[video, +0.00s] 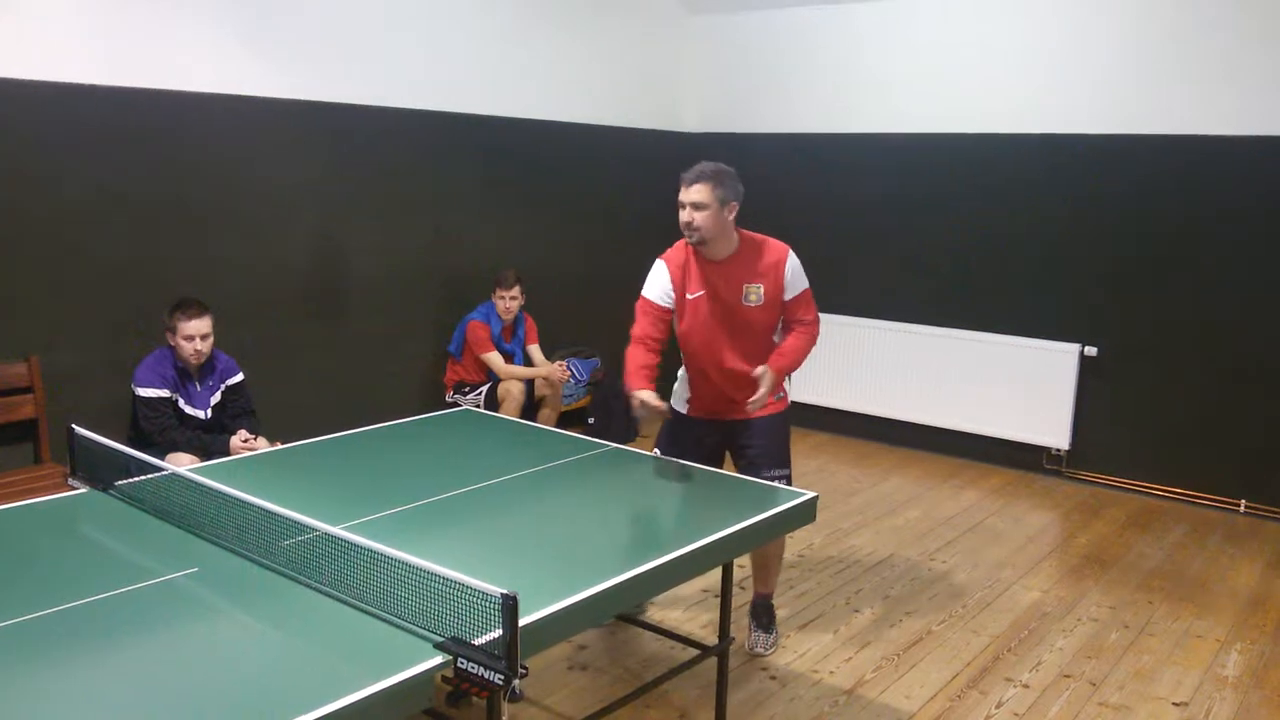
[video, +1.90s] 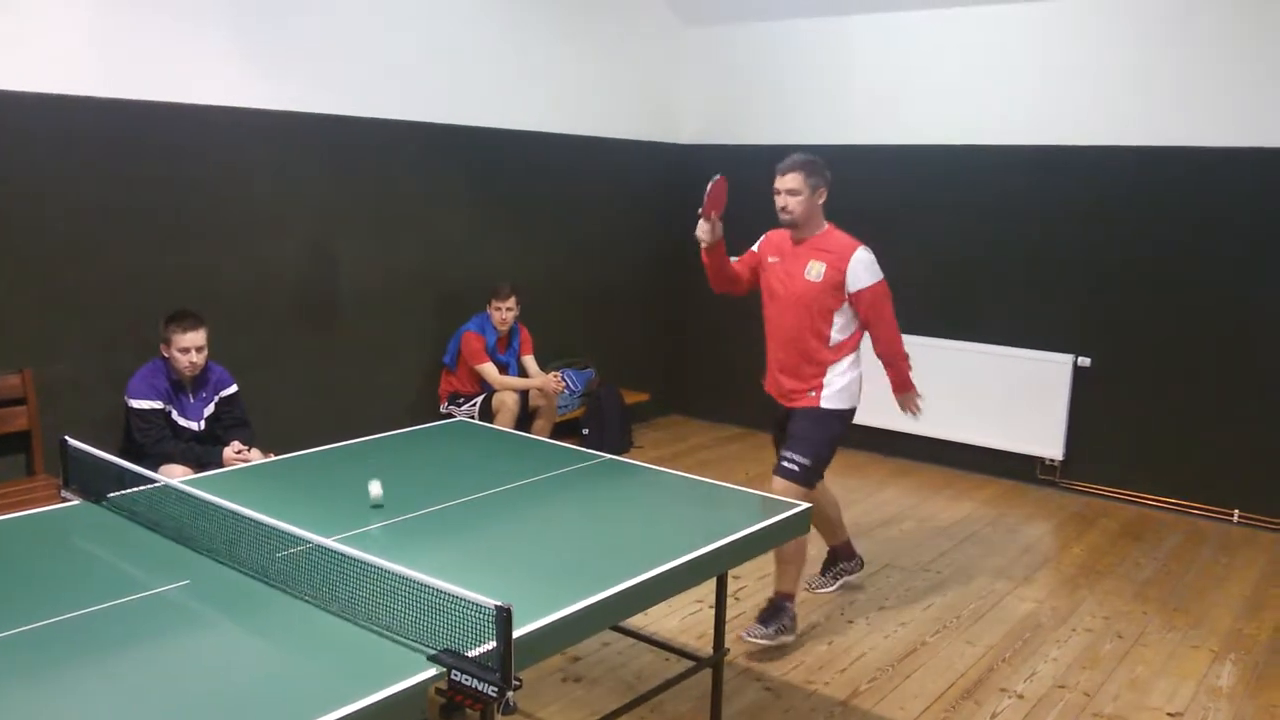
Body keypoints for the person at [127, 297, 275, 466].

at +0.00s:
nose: (198, 347)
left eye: (205, 338)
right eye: (189, 339)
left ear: (213, 335)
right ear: (171, 338)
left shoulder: (225, 367)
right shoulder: (151, 374)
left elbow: (241, 414)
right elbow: (163, 436)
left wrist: (243, 433)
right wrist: (225, 445)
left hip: (215, 443)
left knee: (261, 447)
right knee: (186, 463)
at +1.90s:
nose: (194, 359)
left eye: (200, 350)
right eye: (184, 351)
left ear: (207, 348)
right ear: (165, 350)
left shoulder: (218, 378)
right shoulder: (143, 386)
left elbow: (235, 424)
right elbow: (155, 447)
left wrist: (236, 443)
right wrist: (218, 456)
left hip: (210, 453)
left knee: (255, 459)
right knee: (179, 475)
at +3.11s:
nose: (209, 348)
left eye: (213, 338)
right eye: (198, 341)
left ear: (218, 338)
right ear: (176, 344)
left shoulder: (228, 371)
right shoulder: (152, 380)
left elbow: (245, 417)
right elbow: (166, 440)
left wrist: (245, 436)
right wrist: (227, 449)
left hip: (218, 446)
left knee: (264, 452)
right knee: (189, 468)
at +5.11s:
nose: (200, 350)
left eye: (208, 341)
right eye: (192, 341)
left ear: (224, 341)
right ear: (182, 341)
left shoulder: (237, 370)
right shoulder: (163, 378)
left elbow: (253, 418)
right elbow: (176, 439)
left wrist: (254, 439)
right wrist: (236, 448)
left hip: (228, 449)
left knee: (272, 448)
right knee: (197, 465)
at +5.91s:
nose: (212, 353)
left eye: (216, 343)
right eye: (202, 346)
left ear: (221, 340)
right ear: (179, 345)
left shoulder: (230, 373)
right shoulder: (154, 380)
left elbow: (245, 420)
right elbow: (168, 441)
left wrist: (246, 438)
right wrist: (227, 450)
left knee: (264, 452)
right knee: (189, 468)